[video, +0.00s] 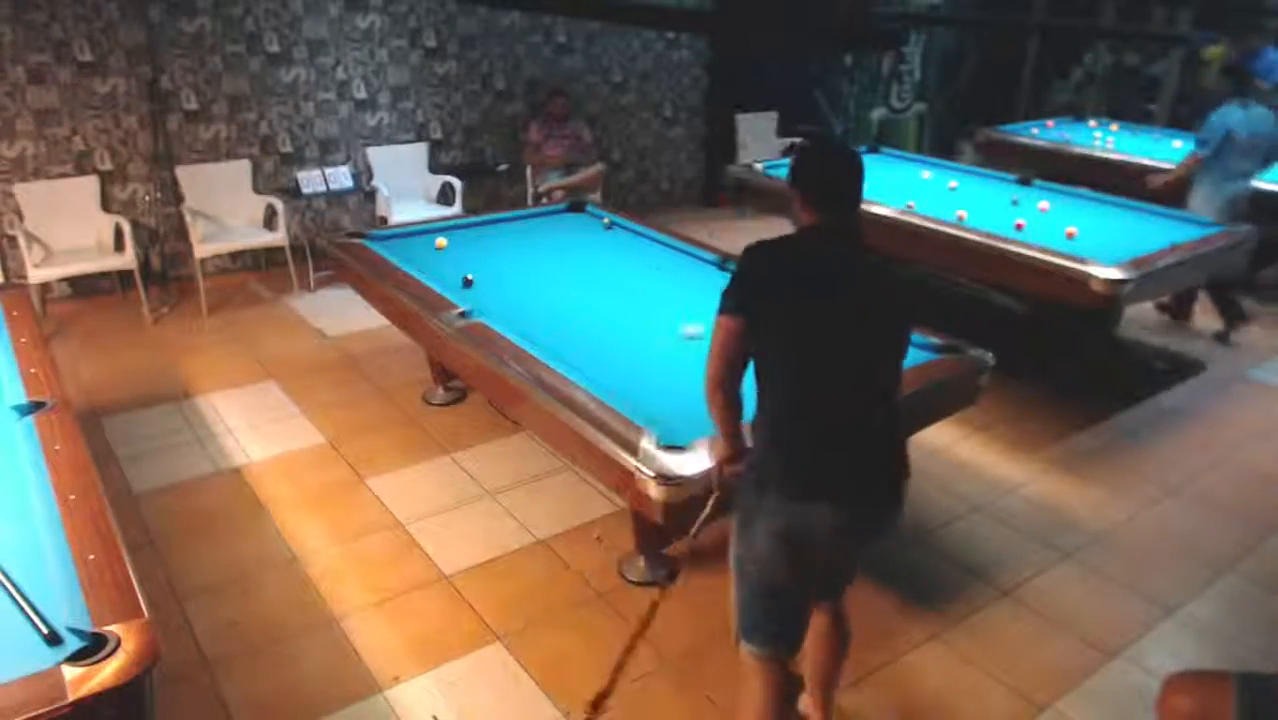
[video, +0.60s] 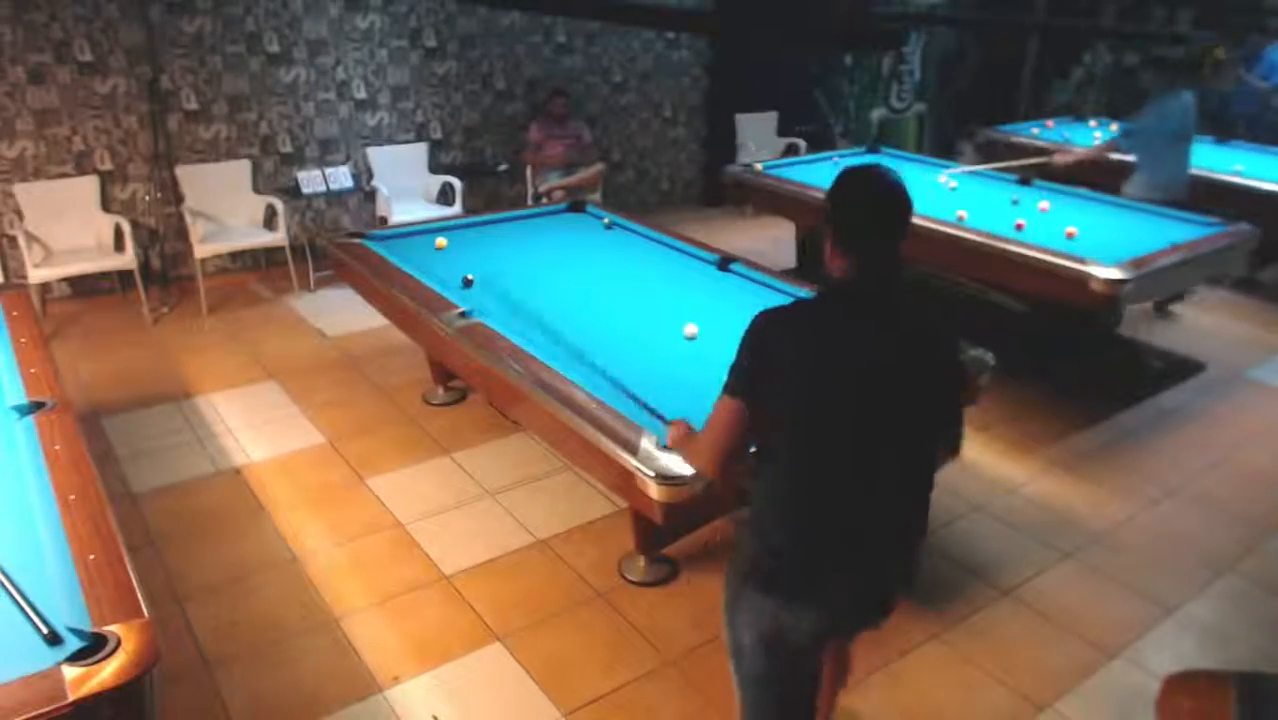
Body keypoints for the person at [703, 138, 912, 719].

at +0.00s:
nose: (793, 199)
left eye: (794, 190)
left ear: (796, 198)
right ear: (859, 197)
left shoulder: (763, 264)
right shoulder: (887, 275)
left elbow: (721, 375)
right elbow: (890, 385)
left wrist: (730, 447)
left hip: (783, 479)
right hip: (867, 478)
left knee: (767, 651)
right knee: (828, 600)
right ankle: (818, 706)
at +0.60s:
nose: (825, 240)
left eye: (826, 229)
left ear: (830, 238)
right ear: (903, 240)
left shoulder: (780, 329)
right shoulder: (931, 333)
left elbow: (712, 458)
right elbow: (945, 448)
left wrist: (685, 441)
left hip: (785, 567)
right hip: (880, 561)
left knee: (771, 704)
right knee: (833, 641)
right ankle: (821, 708)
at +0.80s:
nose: (829, 255)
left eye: (830, 245)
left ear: (834, 260)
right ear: (912, 263)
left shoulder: (778, 365)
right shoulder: (952, 376)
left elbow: (682, 491)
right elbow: (998, 490)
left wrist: (646, 456)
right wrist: (935, 491)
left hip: (773, 610)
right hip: (880, 610)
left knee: (766, 708)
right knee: (842, 674)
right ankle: (837, 698)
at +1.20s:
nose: (862, 284)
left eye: (866, 275)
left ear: (871, 290)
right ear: (957, 295)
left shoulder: (799, 386)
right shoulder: (1000, 433)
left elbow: (685, 496)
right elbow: (964, 551)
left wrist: (644, 455)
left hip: (775, 649)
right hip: (889, 653)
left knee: (769, 708)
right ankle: (860, 707)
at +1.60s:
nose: (862, 285)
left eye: (863, 273)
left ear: (869, 286)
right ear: (959, 292)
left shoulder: (795, 377)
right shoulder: (991, 402)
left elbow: (653, 436)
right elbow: (1063, 533)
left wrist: (614, 379)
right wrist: (964, 514)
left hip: (774, 640)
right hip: (893, 647)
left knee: (778, 707)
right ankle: (852, 704)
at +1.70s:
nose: (861, 277)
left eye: (864, 265)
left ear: (868, 279)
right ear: (955, 286)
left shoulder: (794, 369)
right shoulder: (993, 403)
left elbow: (652, 410)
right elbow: (1054, 540)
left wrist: (604, 348)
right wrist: (981, 573)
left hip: (774, 632)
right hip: (889, 639)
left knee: (777, 707)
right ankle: (848, 703)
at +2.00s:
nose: (860, 269)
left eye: (864, 256)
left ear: (867, 269)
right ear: (951, 279)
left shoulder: (801, 353)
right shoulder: (984, 394)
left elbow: (666, 383)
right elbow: (1079, 509)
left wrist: (624, 322)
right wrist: (1016, 552)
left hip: (774, 605)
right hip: (879, 611)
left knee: (774, 706)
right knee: (846, 663)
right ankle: (838, 705)